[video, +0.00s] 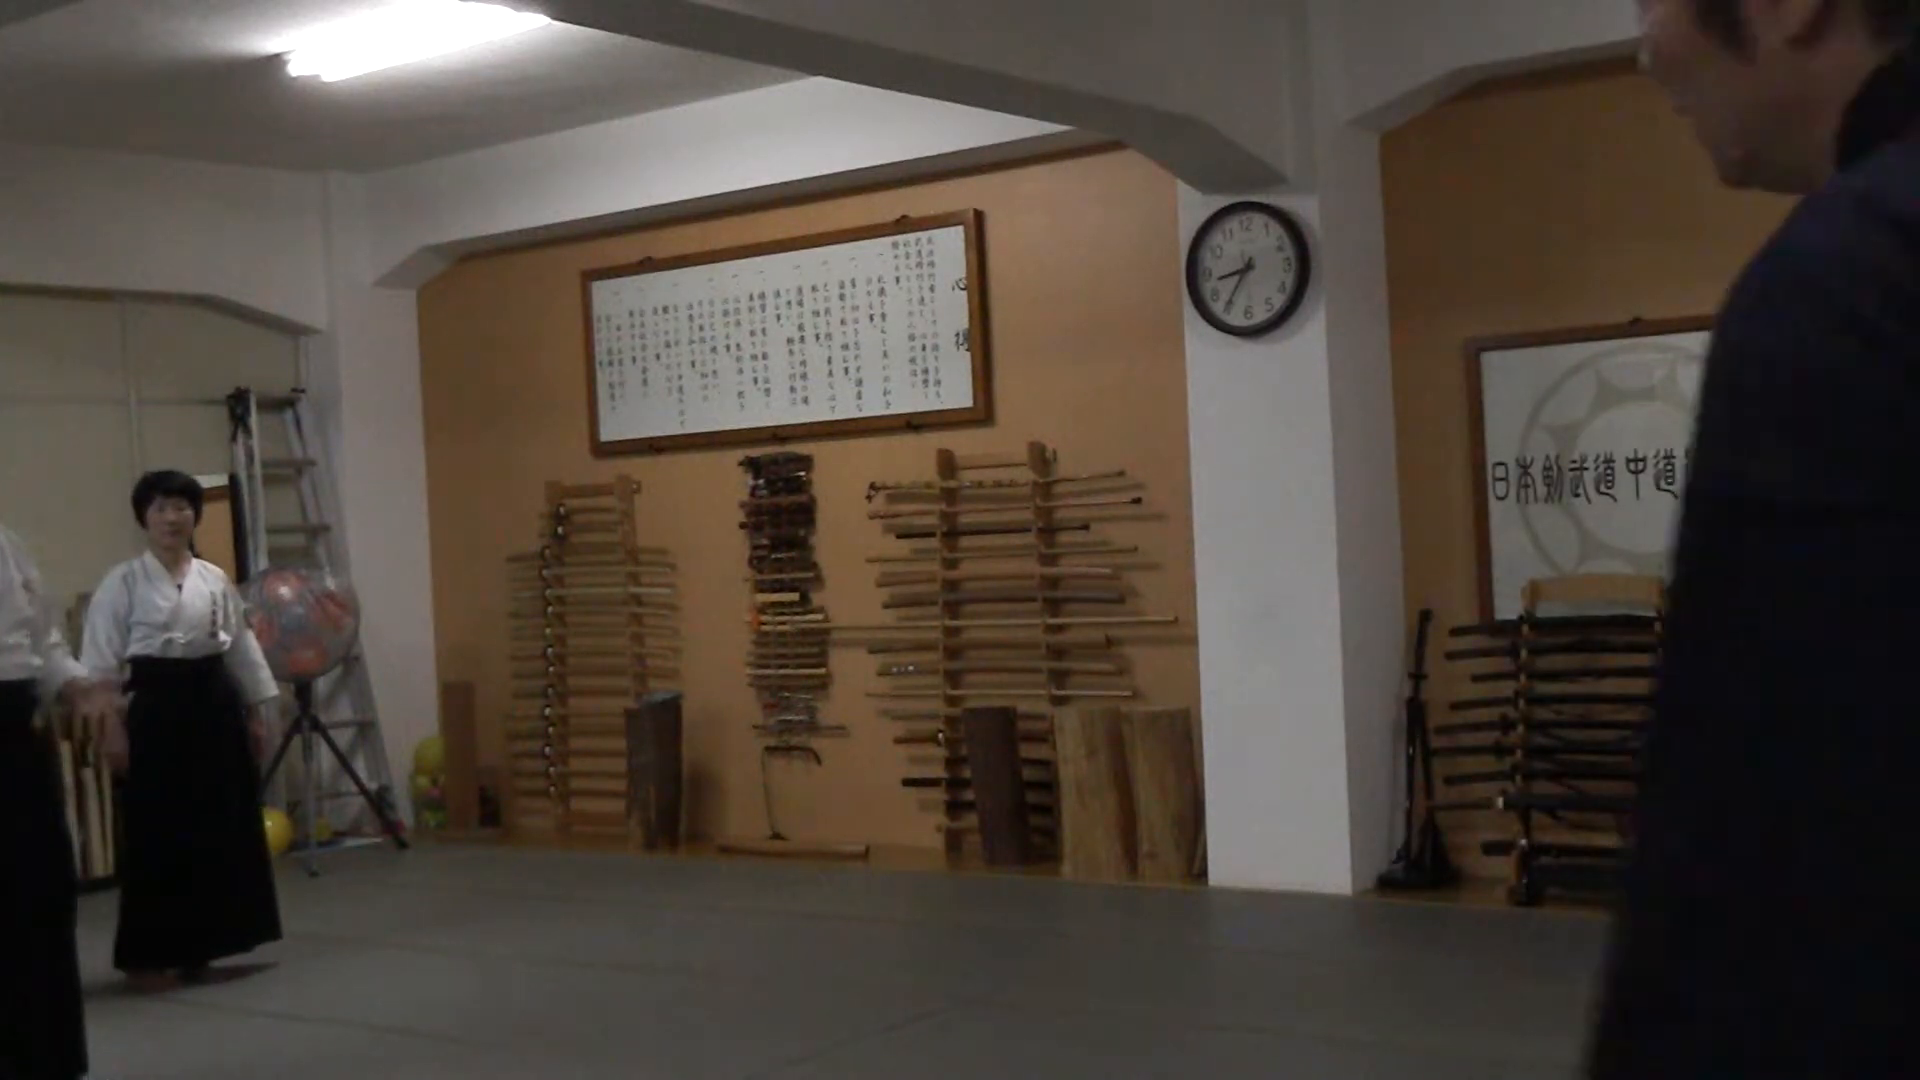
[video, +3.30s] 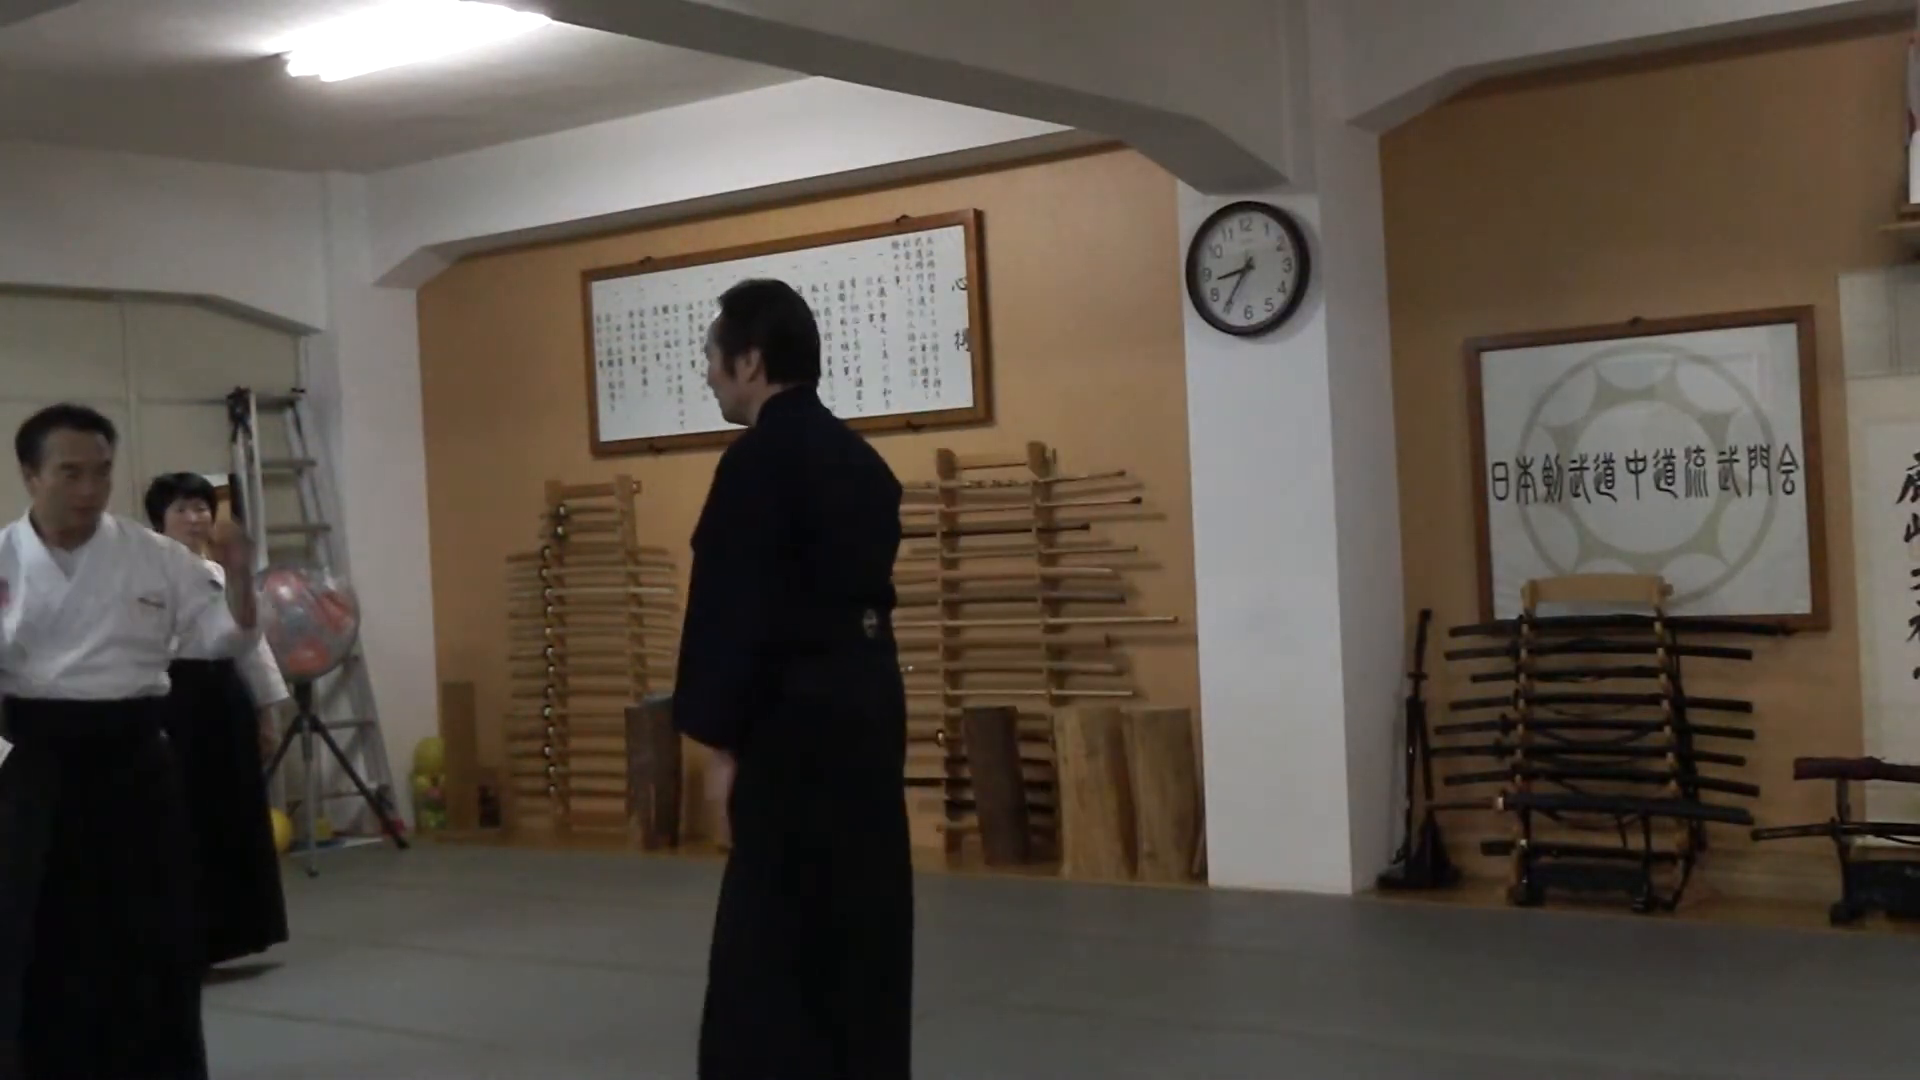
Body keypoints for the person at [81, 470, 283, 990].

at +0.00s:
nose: (172, 517)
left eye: (181, 508)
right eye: (161, 509)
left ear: (195, 517)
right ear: (142, 518)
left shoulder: (214, 580)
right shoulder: (122, 583)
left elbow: (241, 646)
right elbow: (101, 662)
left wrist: (263, 706)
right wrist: (110, 726)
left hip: (210, 701)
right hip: (154, 705)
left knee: (214, 819)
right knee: (156, 824)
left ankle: (202, 949)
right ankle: (149, 956)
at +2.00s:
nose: (183, 517)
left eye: (191, 509)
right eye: (171, 509)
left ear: (202, 519)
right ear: (149, 519)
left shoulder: (217, 581)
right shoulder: (138, 581)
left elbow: (246, 647)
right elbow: (130, 658)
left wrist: (264, 711)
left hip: (214, 719)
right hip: (154, 722)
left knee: (218, 830)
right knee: (164, 838)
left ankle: (213, 938)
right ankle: (171, 943)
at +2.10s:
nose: (183, 516)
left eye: (191, 508)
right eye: (170, 509)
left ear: (204, 518)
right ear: (148, 522)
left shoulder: (217, 579)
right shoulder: (141, 581)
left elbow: (243, 643)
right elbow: (136, 656)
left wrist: (263, 707)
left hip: (217, 704)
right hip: (160, 711)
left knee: (226, 816)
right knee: (174, 826)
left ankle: (230, 930)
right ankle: (184, 936)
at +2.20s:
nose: (182, 522)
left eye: (191, 512)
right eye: (169, 514)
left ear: (203, 519)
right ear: (147, 522)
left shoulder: (216, 579)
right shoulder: (135, 583)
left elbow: (243, 645)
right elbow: (135, 651)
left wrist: (263, 708)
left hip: (215, 698)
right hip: (158, 702)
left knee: (222, 812)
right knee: (167, 819)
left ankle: (225, 929)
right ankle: (172, 933)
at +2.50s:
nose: (186, 522)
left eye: (195, 512)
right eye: (173, 513)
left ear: (207, 519)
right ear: (148, 523)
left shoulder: (219, 580)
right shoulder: (137, 583)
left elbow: (245, 644)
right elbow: (131, 654)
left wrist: (265, 707)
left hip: (218, 700)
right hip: (160, 704)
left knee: (224, 814)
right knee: (169, 821)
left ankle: (222, 934)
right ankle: (176, 938)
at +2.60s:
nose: (187, 521)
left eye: (195, 511)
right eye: (174, 513)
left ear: (208, 519)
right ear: (149, 523)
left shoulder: (221, 580)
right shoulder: (139, 583)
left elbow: (246, 645)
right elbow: (133, 655)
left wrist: (265, 710)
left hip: (220, 699)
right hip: (162, 704)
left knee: (226, 814)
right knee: (174, 821)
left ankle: (229, 932)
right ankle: (181, 938)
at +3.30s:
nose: (197, 517)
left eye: (203, 508)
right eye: (184, 509)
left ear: (215, 518)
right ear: (159, 521)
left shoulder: (222, 578)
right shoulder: (148, 575)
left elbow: (249, 643)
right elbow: (137, 652)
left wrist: (269, 708)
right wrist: (141, 720)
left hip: (225, 701)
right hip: (170, 703)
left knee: (231, 814)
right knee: (180, 819)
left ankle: (232, 932)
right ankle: (187, 938)